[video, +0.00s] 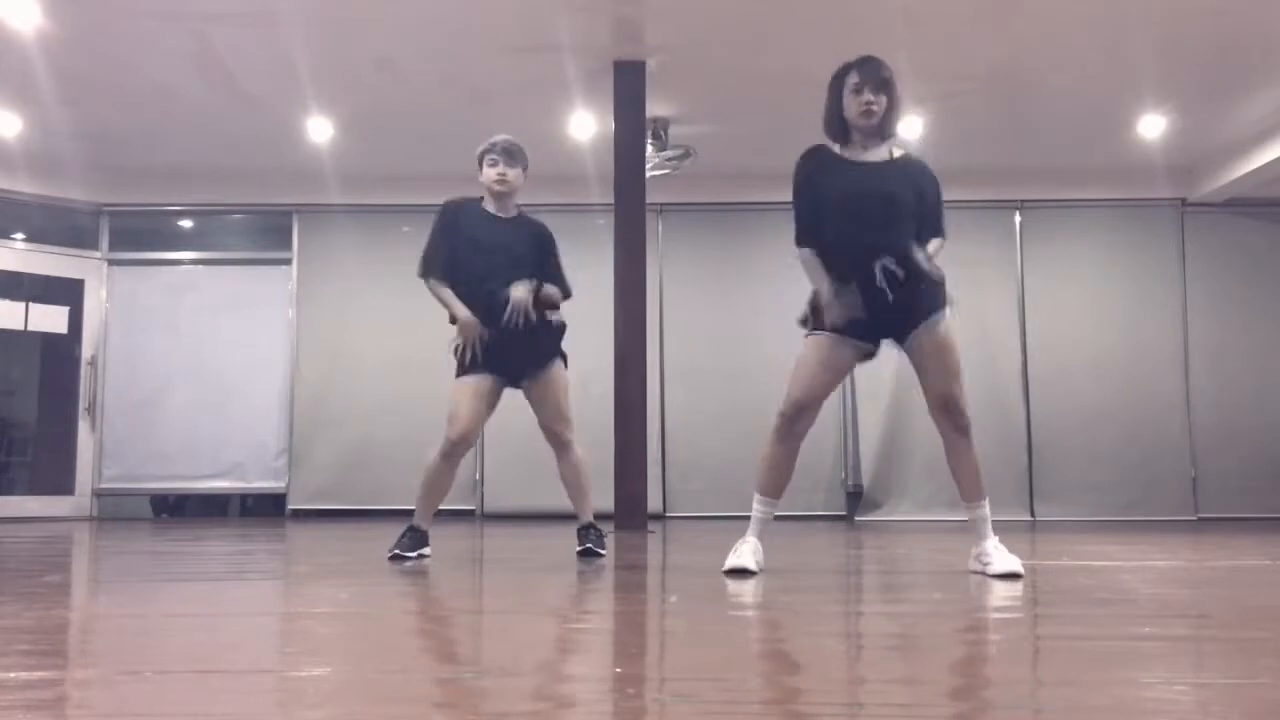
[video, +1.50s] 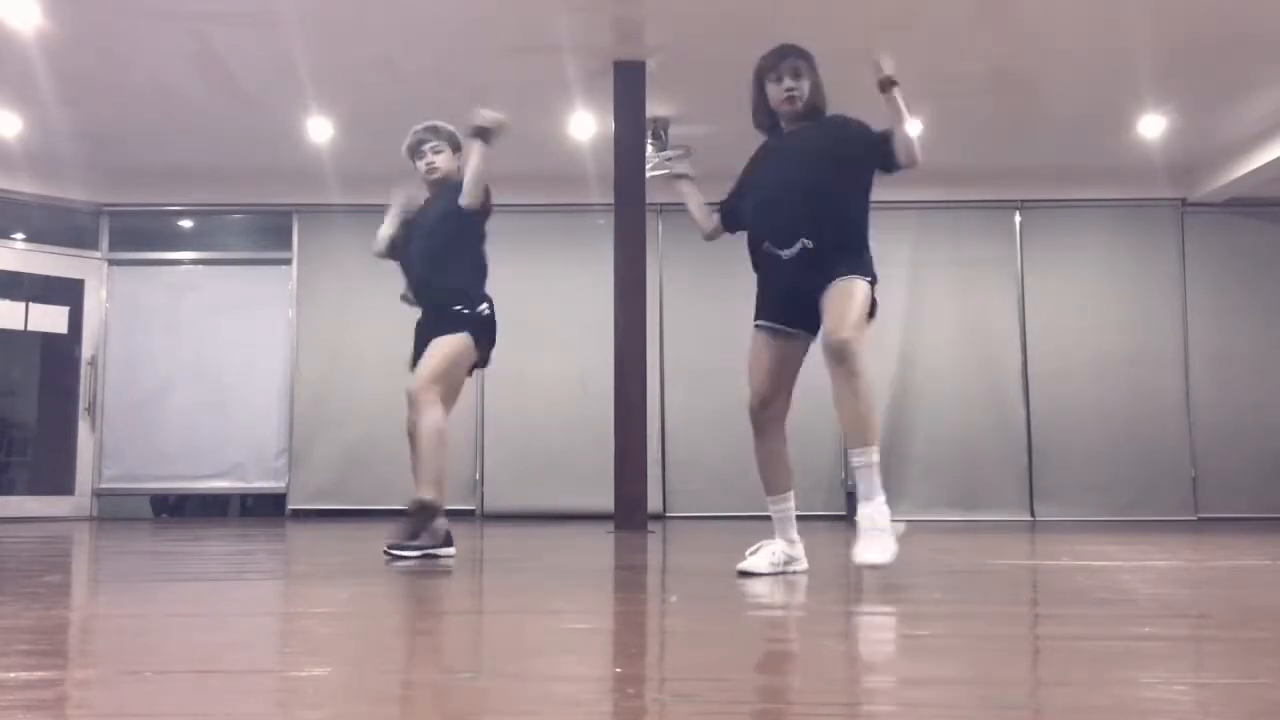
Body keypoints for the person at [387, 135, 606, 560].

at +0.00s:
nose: (500, 169)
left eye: (510, 163)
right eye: (492, 162)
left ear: (524, 175)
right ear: (480, 173)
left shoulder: (537, 232)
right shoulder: (456, 214)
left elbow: (558, 292)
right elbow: (432, 274)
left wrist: (531, 287)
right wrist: (461, 313)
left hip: (535, 343)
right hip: (482, 343)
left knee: (562, 435)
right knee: (456, 440)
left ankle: (588, 527)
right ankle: (418, 530)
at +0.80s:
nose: (524, 199)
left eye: (530, 193)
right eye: (520, 186)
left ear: (528, 201)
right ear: (493, 177)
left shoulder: (524, 239)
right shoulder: (453, 220)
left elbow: (564, 276)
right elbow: (440, 283)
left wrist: (547, 227)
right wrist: (479, 330)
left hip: (533, 343)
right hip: (480, 345)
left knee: (559, 433)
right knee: (451, 441)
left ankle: (589, 527)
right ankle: (417, 531)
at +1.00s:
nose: (470, 176)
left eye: (470, 165)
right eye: (457, 178)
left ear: (483, 164)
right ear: (449, 195)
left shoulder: (523, 212)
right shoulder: (450, 227)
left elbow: (564, 220)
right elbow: (431, 287)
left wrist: (512, 204)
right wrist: (449, 328)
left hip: (529, 342)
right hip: (473, 347)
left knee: (554, 434)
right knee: (445, 439)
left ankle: (588, 527)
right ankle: (417, 531)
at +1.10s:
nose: (446, 172)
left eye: (453, 164)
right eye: (436, 171)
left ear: (470, 170)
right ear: (430, 188)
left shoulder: (496, 192)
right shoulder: (440, 241)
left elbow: (514, 230)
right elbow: (438, 300)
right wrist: (447, 321)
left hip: (528, 331)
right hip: (475, 339)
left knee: (557, 432)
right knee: (447, 431)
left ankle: (589, 526)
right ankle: (426, 530)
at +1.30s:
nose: (439, 171)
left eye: (447, 163)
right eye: (431, 167)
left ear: (467, 169)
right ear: (426, 179)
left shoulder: (470, 201)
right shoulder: (443, 222)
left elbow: (491, 234)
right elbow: (429, 274)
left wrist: (475, 290)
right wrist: (416, 305)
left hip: (485, 329)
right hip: (450, 334)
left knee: (505, 427)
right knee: (420, 429)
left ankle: (584, 502)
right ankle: (433, 532)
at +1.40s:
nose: (432, 166)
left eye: (440, 159)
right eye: (424, 164)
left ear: (459, 166)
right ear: (418, 176)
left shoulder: (471, 197)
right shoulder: (419, 221)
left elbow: (493, 180)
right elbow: (392, 232)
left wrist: (453, 185)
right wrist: (371, 238)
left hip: (473, 314)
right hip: (436, 316)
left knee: (454, 405)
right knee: (416, 426)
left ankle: (517, 500)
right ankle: (433, 530)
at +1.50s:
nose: (429, 158)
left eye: (438, 150)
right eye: (421, 155)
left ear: (459, 160)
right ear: (416, 168)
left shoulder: (465, 200)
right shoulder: (416, 216)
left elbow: (474, 178)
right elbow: (383, 248)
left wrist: (481, 139)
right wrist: (398, 212)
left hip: (468, 315)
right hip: (432, 320)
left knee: (424, 385)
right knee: (422, 417)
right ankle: (434, 527)